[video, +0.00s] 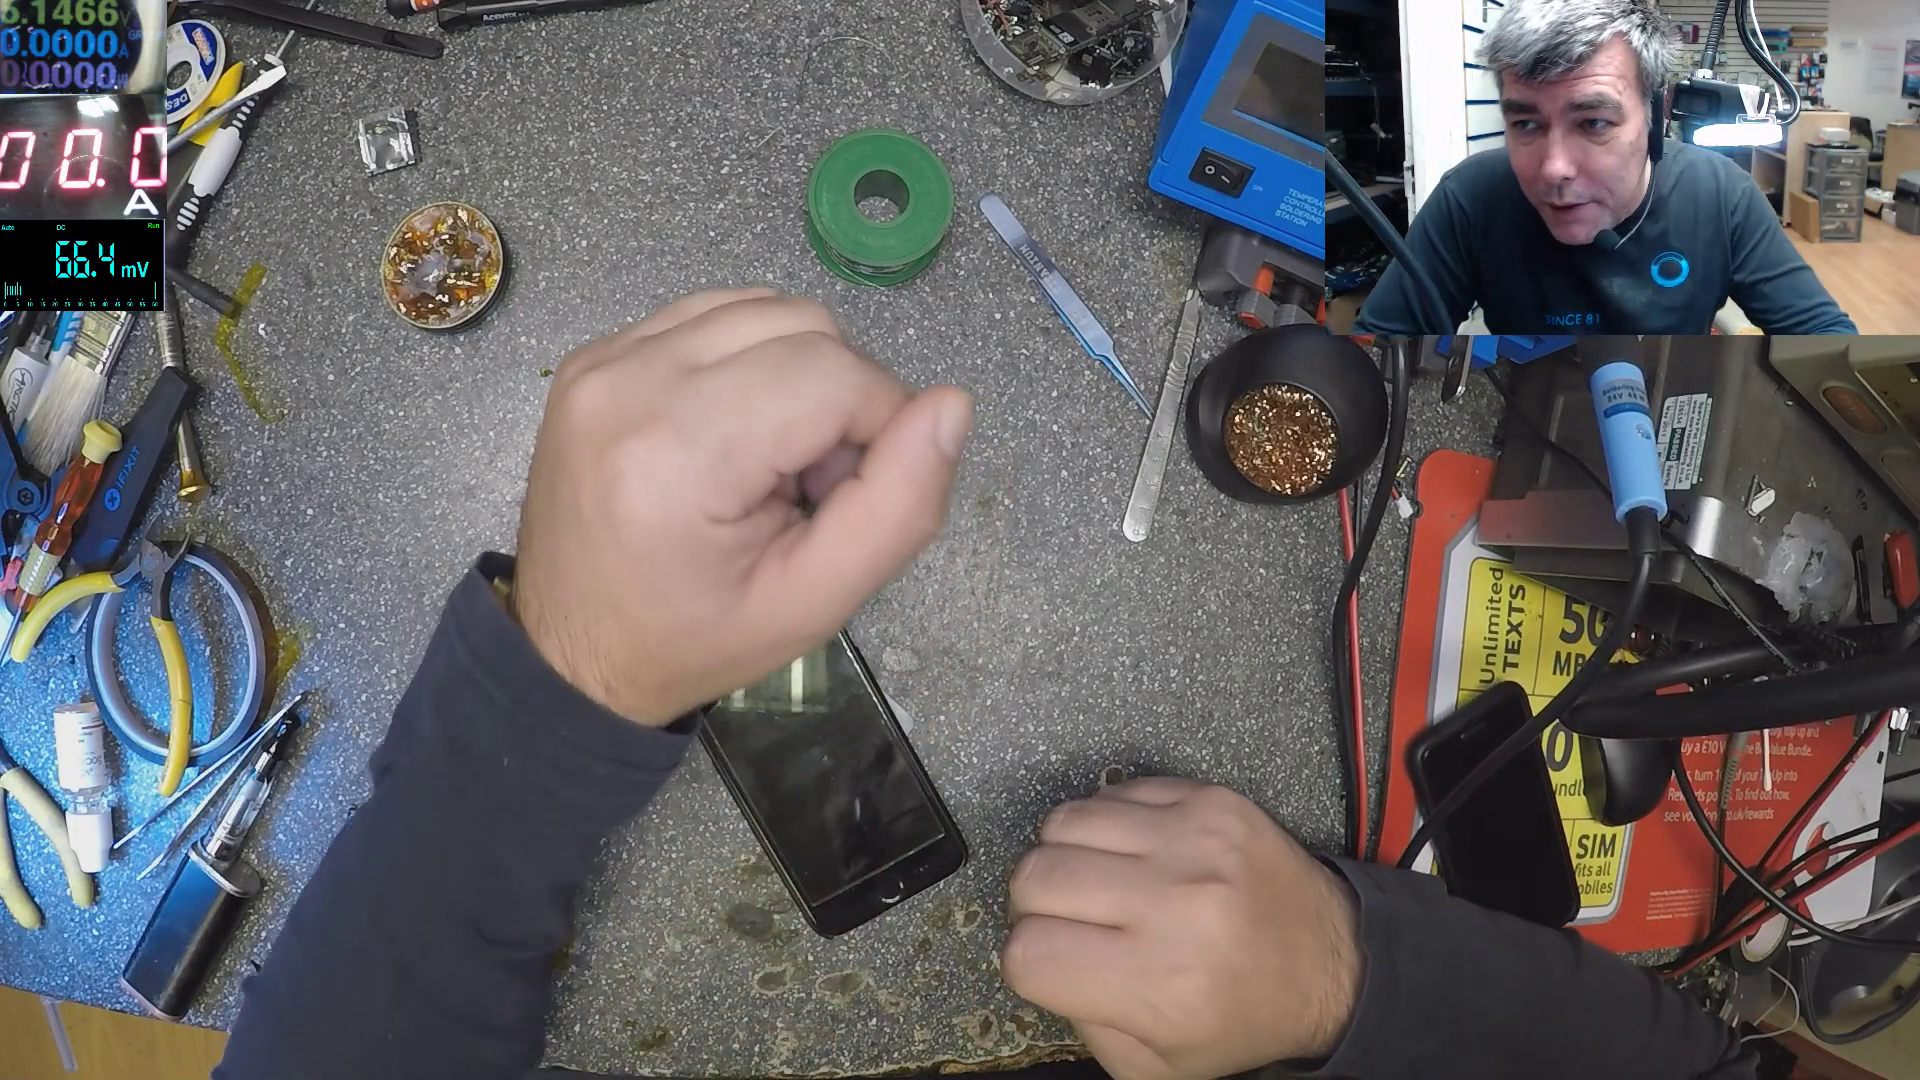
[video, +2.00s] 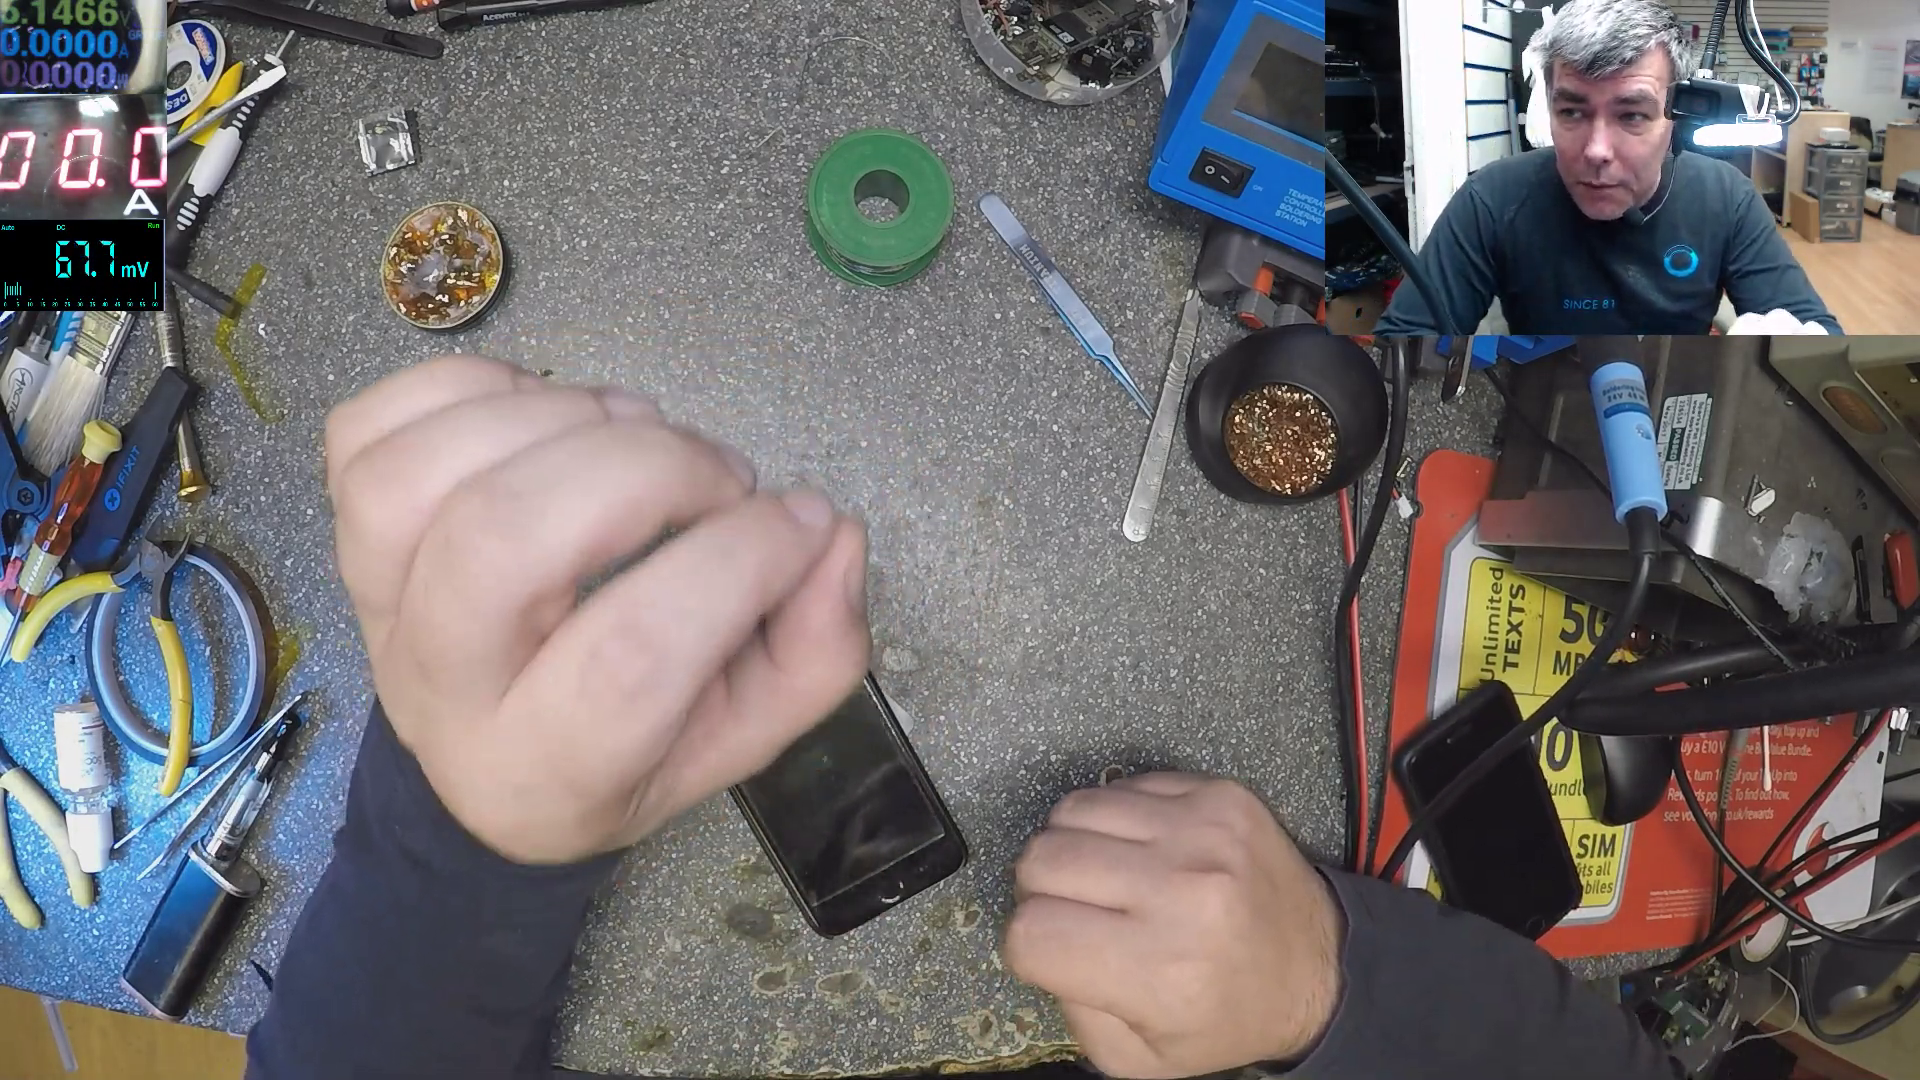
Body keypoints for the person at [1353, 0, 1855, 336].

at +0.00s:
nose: (1555, 170)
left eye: (1593, 123)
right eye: (1526, 125)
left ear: (1655, 117)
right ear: (1504, 119)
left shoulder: (1720, 198)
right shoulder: (1468, 203)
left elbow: (1824, 339)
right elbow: (1378, 348)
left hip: (1675, 426)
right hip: (1525, 427)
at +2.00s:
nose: (1597, 153)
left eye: (1632, 116)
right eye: (1573, 112)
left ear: (1670, 115)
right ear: (1546, 107)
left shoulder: (1723, 199)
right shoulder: (1493, 203)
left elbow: (1817, 331)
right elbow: (1401, 342)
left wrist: (1788, 344)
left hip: (1683, 432)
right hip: (1542, 431)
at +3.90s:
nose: (1599, 155)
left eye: (1632, 120)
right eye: (1575, 116)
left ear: (1671, 117)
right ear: (1549, 111)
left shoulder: (1722, 200)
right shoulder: (1496, 203)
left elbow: (1802, 329)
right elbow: (1406, 335)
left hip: (1681, 422)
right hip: (1545, 424)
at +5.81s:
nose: (1599, 124)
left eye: (1629, 94)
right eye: (1575, 94)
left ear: (1668, 107)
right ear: (1549, 106)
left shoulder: (1721, 199)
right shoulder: (1495, 203)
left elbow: (1801, 327)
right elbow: (1407, 336)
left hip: (1682, 417)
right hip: (1544, 420)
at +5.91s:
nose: (1595, 129)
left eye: (1627, 98)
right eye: (1572, 97)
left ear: (1667, 108)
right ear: (1547, 106)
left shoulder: (1721, 200)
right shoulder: (1496, 203)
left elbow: (1802, 328)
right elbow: (1408, 337)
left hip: (1682, 419)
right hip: (1544, 420)